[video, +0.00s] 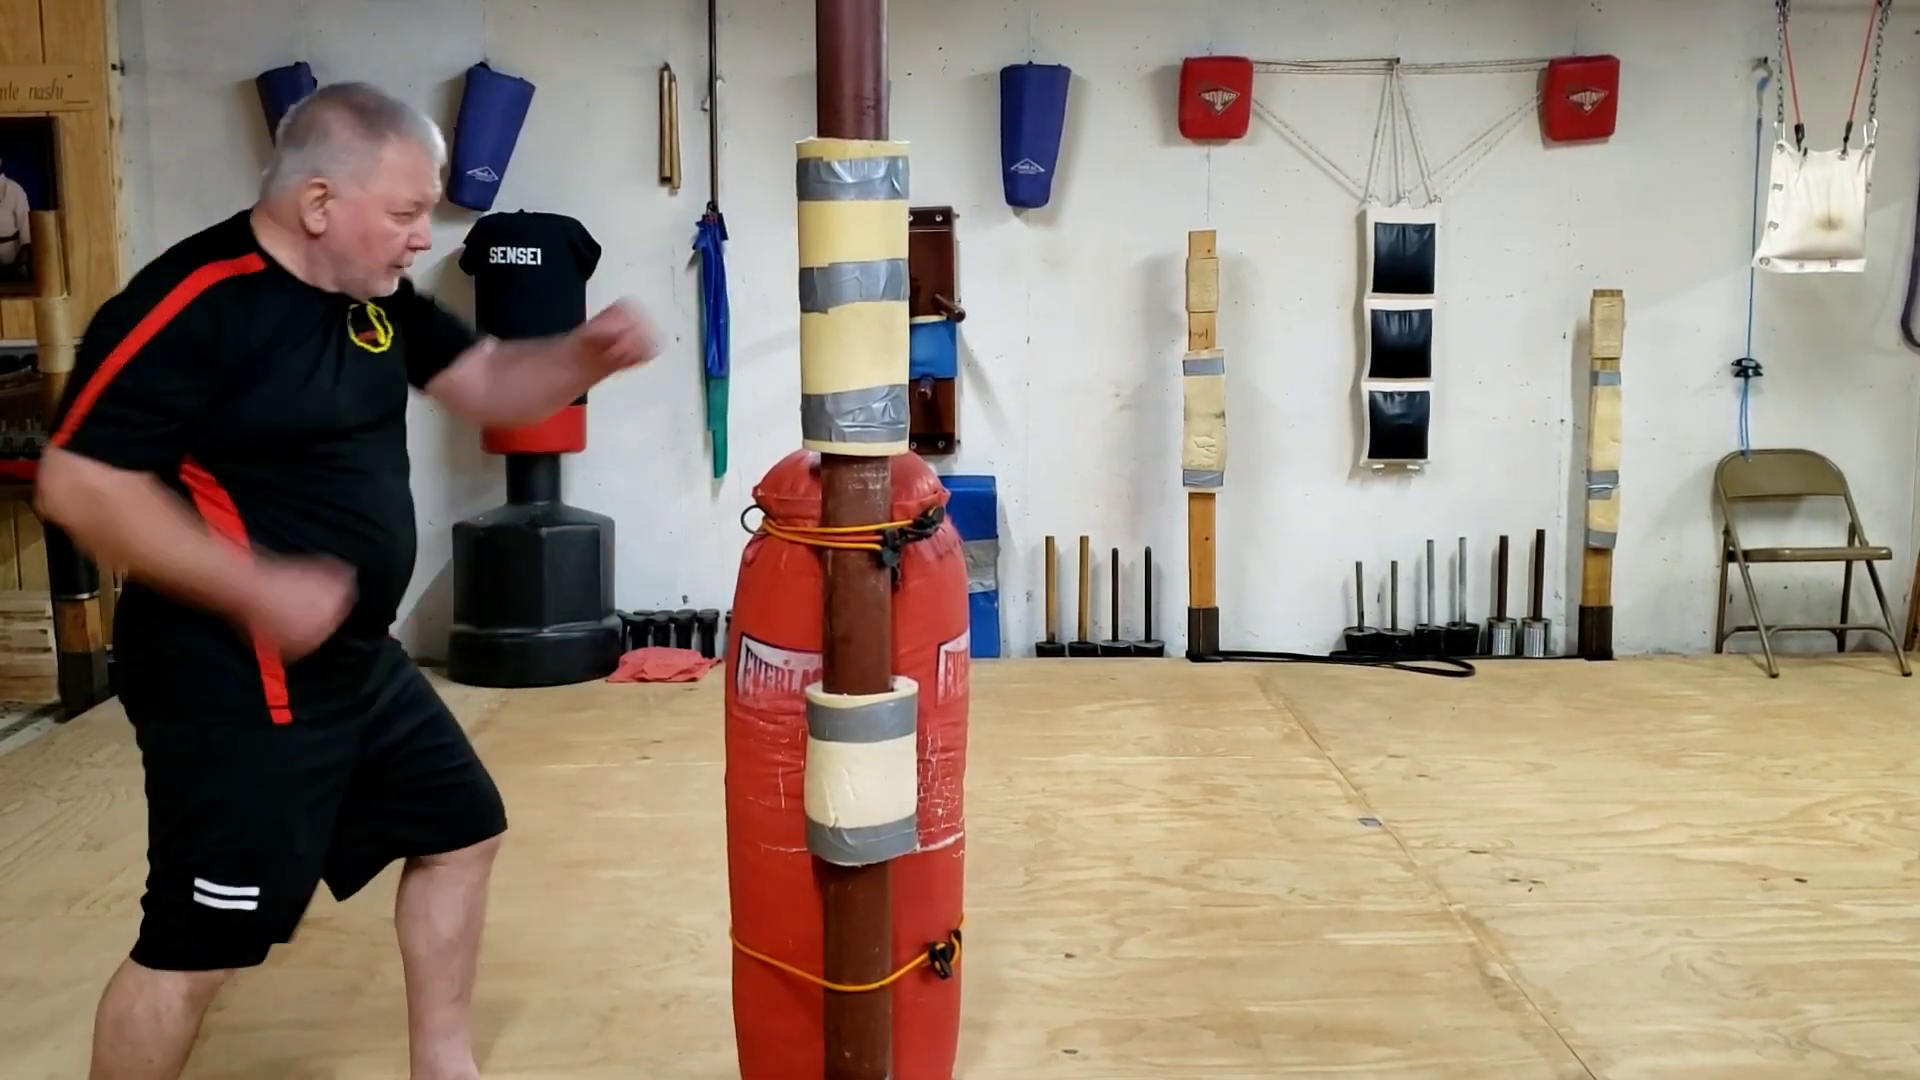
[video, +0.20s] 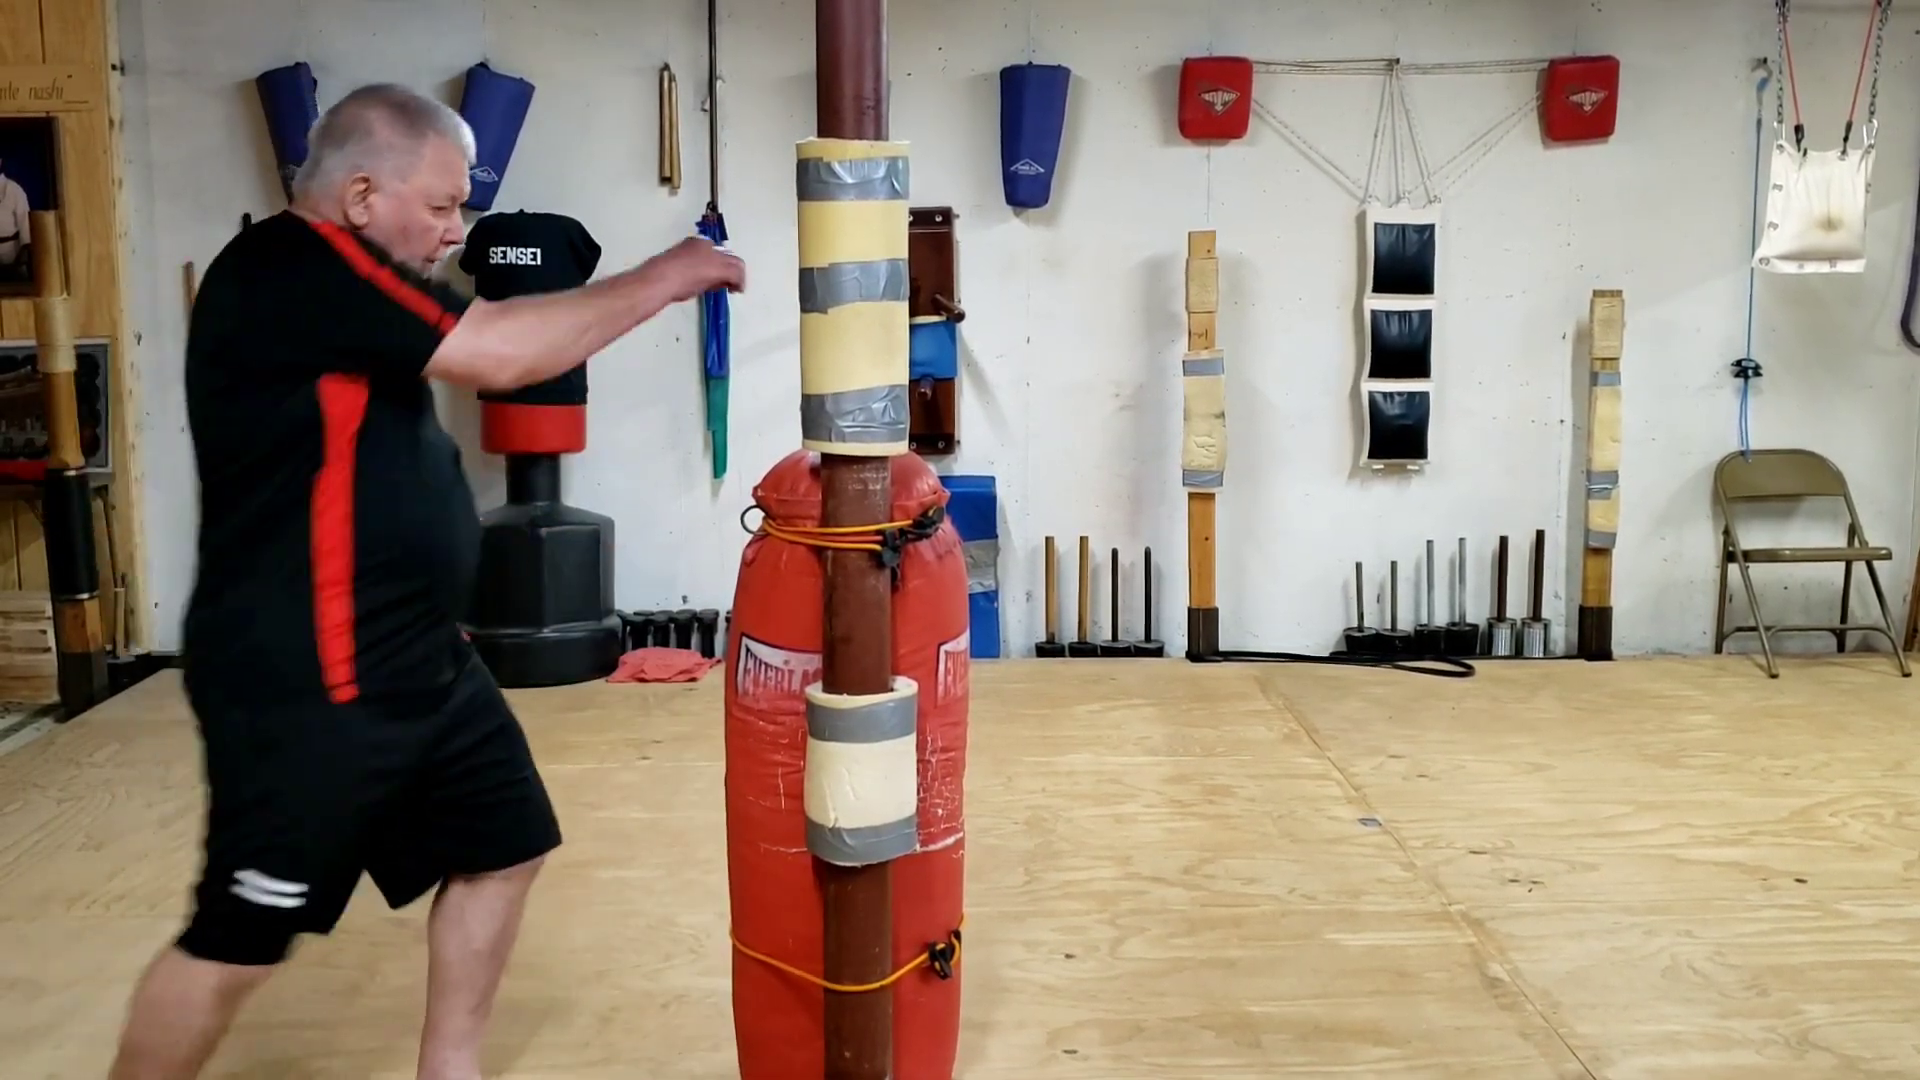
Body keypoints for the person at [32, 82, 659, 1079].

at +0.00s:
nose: (423, 239)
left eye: (427, 216)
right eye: (407, 214)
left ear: (329, 208)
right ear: (320, 207)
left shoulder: (375, 298)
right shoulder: (190, 299)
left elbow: (485, 380)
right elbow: (76, 478)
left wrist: (582, 359)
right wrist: (257, 587)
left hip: (352, 656)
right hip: (219, 681)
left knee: (458, 830)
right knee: (197, 938)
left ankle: (443, 1067)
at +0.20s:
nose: (458, 231)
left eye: (461, 208)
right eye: (444, 206)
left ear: (369, 197)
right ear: (362, 193)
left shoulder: (353, 273)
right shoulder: (289, 268)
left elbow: (490, 338)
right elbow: (493, 351)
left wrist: (652, 286)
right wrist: (665, 279)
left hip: (413, 653)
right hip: (297, 673)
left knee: (505, 845)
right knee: (238, 934)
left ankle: (448, 1069)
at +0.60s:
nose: (489, 237)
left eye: (494, 215)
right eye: (482, 208)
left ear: (400, 190)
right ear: (408, 184)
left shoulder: (302, 263)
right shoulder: (341, 258)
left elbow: (370, 455)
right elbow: (326, 447)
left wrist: (506, 464)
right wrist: (512, 536)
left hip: (356, 615)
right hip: (405, 597)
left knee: (487, 831)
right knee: (677, 639)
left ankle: (454, 1070)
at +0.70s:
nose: (495, 232)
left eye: (500, 209)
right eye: (487, 203)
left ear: (406, 189)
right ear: (409, 184)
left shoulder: (350, 265)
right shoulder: (336, 262)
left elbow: (408, 436)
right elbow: (380, 450)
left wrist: (512, 491)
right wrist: (572, 467)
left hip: (373, 608)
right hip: (375, 607)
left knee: (487, 845)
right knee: (586, 782)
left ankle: (459, 1071)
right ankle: (328, 988)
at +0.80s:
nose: (503, 238)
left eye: (506, 215)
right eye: (493, 210)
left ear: (409, 195)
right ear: (414, 192)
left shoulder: (381, 282)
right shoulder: (330, 264)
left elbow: (368, 473)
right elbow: (413, 442)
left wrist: (478, 550)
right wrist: (587, 407)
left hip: (436, 640)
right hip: (346, 647)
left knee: (504, 852)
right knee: (398, 909)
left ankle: (465, 1074)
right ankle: (176, 1073)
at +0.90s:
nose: (492, 258)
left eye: (493, 234)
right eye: (475, 231)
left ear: (393, 226)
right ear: (391, 224)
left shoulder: (367, 312)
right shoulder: (293, 297)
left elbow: (337, 506)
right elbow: (412, 467)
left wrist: (455, 585)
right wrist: (582, 408)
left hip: (410, 671)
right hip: (287, 685)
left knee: (512, 861)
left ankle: (467, 1074)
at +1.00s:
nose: (460, 280)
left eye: (465, 254)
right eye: (440, 255)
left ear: (359, 250)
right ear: (351, 248)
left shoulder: (382, 330)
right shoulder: (244, 322)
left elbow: (384, 499)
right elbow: (323, 511)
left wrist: (469, 542)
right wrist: (523, 457)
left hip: (398, 683)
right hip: (263, 708)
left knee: (509, 870)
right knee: (209, 980)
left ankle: (467, 1075)